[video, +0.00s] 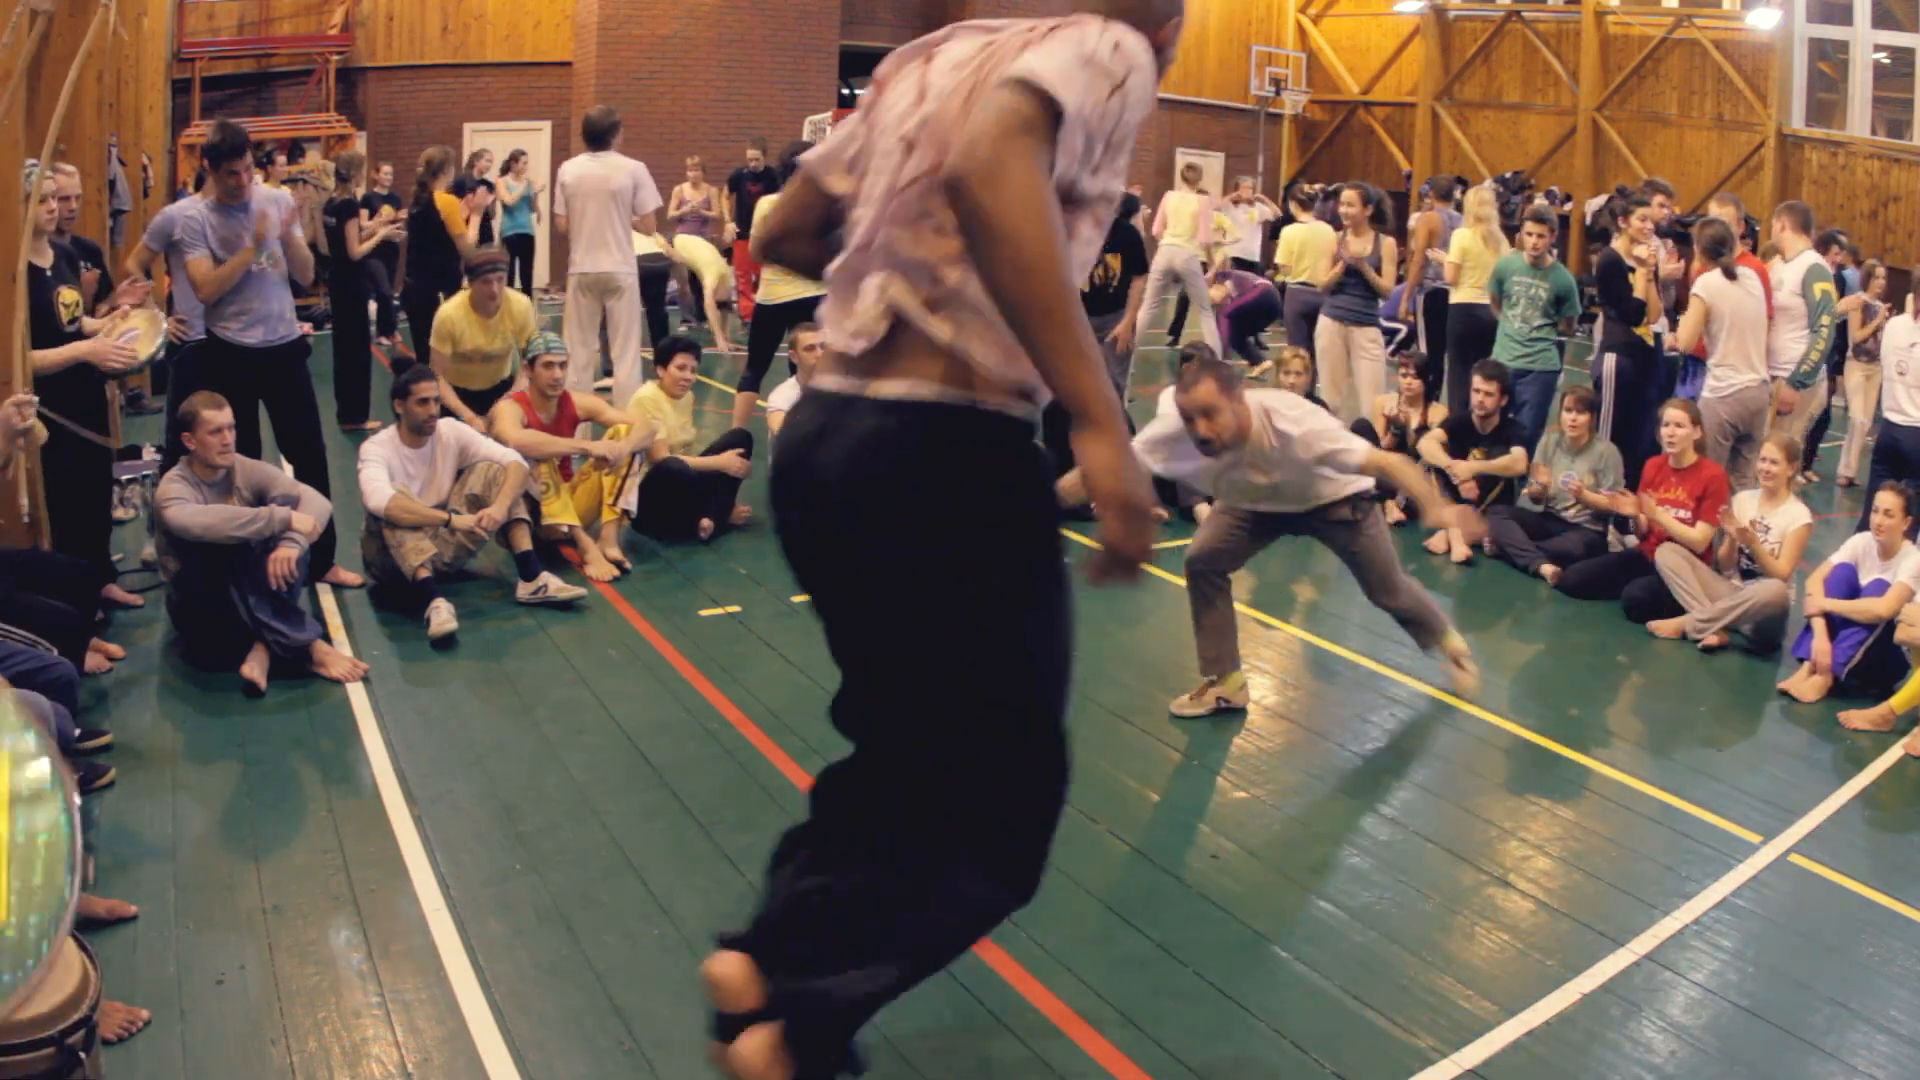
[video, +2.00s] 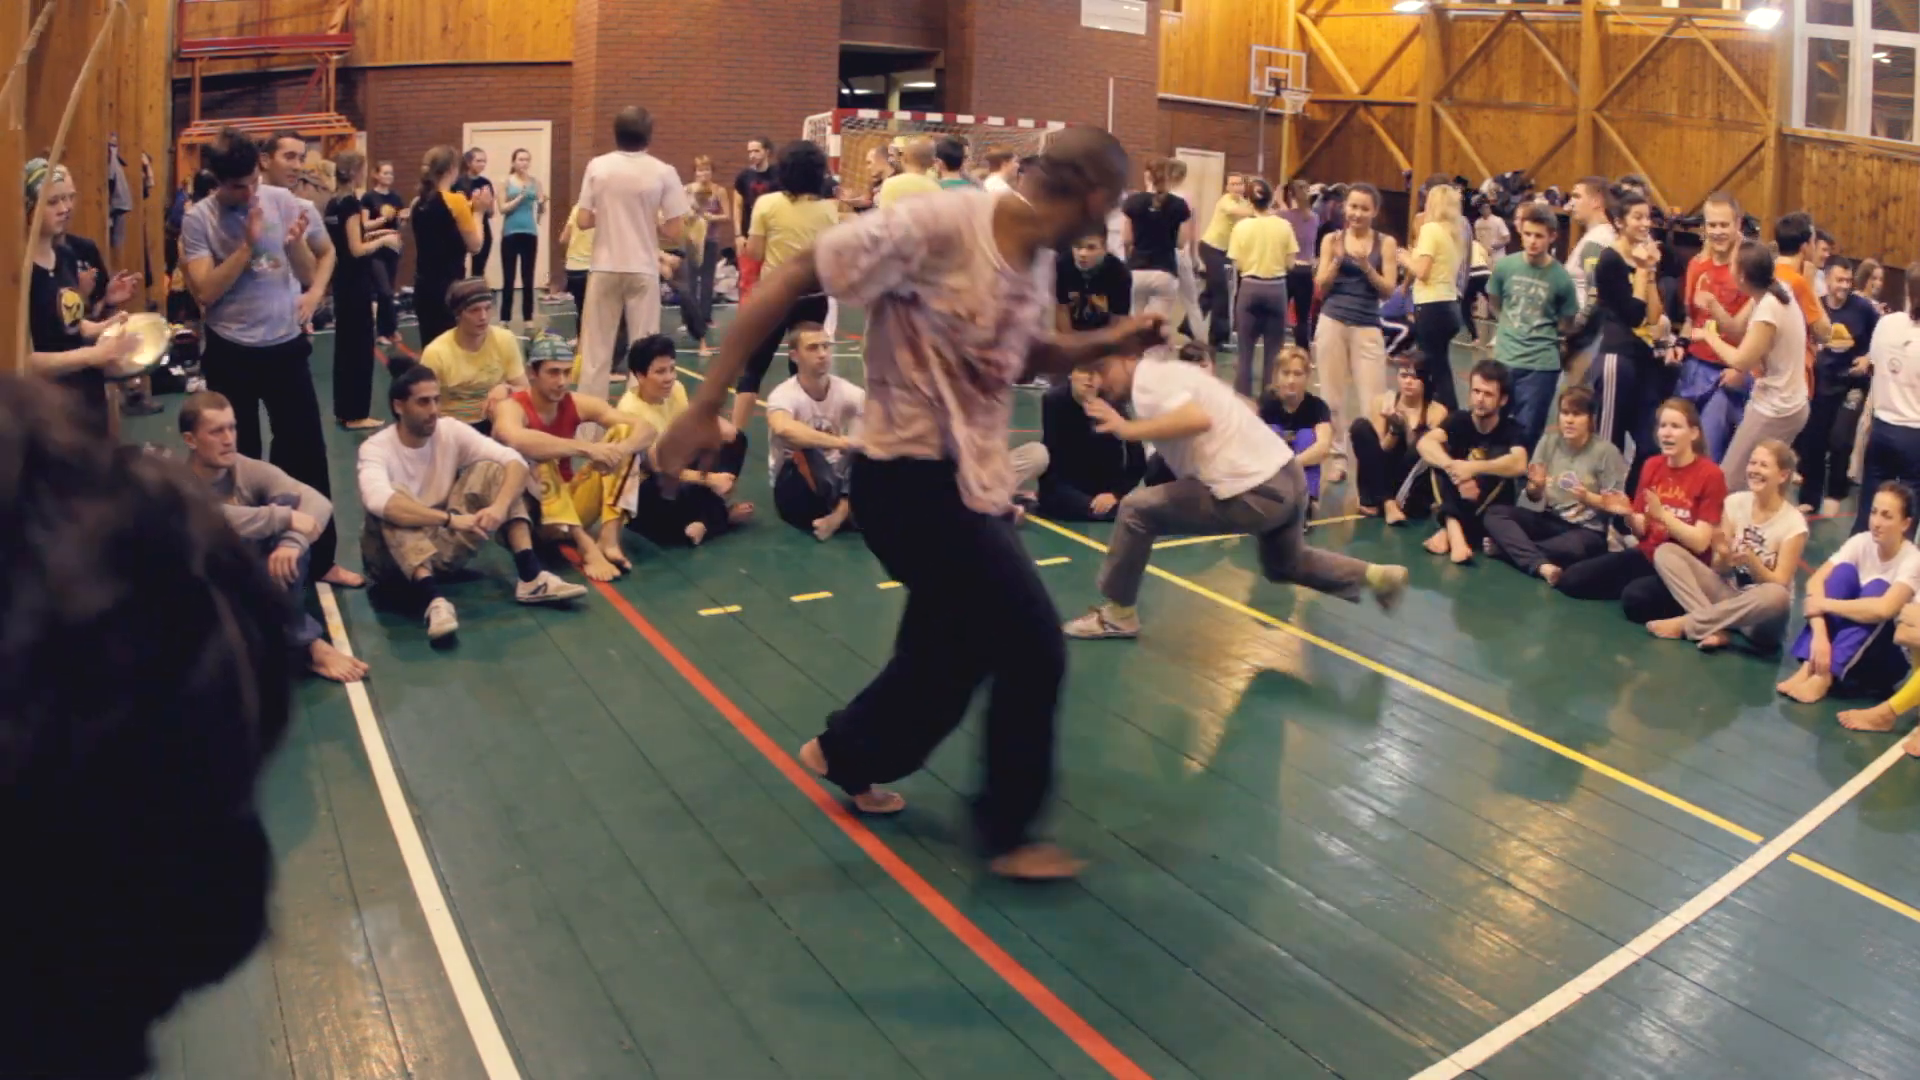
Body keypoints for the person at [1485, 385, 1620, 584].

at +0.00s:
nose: (1573, 418)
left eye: (1580, 412)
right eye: (1568, 411)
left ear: (1592, 417)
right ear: (1560, 414)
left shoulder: (1607, 452)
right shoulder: (1549, 441)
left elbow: (1613, 505)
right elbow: (1533, 497)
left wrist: (1583, 495)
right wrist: (1539, 489)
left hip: (1584, 528)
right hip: (1546, 518)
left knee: (1575, 548)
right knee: (1498, 513)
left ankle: (1509, 550)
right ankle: (1539, 566)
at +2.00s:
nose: (1569, 420)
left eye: (1577, 414)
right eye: (1564, 413)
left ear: (1590, 419)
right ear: (1558, 416)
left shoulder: (1606, 452)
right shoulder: (1548, 442)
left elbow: (1617, 505)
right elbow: (1532, 497)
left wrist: (1587, 497)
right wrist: (1535, 486)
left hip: (1584, 530)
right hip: (1546, 519)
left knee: (1574, 548)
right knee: (1494, 514)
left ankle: (1509, 550)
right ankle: (1539, 566)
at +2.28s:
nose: (1568, 419)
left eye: (1577, 413)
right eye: (1564, 412)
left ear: (1591, 419)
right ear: (1558, 414)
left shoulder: (1606, 452)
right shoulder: (1549, 441)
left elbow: (1614, 506)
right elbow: (1529, 489)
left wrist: (1580, 496)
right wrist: (1543, 488)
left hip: (1585, 530)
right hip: (1548, 520)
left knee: (1575, 548)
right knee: (1494, 514)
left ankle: (1510, 550)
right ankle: (1539, 566)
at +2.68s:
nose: (1569, 418)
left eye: (1577, 413)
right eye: (1565, 411)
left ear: (1591, 419)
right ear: (1559, 414)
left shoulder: (1606, 453)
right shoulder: (1550, 441)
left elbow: (1613, 506)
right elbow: (1531, 491)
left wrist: (1579, 494)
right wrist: (1546, 488)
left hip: (1585, 530)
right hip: (1548, 521)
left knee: (1573, 548)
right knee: (1494, 514)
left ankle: (1509, 550)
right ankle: (1539, 566)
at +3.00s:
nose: (1569, 419)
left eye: (1577, 414)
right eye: (1565, 412)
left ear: (1591, 420)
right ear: (1559, 414)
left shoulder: (1607, 452)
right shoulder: (1549, 441)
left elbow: (1618, 505)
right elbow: (1531, 495)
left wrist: (1591, 500)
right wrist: (1534, 486)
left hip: (1585, 529)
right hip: (1549, 518)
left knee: (1574, 548)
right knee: (1495, 512)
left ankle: (1513, 550)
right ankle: (1539, 566)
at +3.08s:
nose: (1570, 420)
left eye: (1578, 414)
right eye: (1566, 412)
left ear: (1592, 420)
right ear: (1559, 415)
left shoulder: (1606, 451)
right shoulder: (1550, 441)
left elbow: (1617, 505)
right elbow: (1533, 497)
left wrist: (1589, 499)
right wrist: (1536, 484)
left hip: (1585, 529)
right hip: (1549, 518)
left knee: (1574, 548)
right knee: (1497, 512)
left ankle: (1510, 553)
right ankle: (1539, 565)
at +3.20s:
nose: (1572, 419)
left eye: (1580, 414)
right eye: (1567, 412)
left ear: (1593, 419)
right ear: (1560, 415)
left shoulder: (1607, 452)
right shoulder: (1549, 441)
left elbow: (1609, 505)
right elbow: (1534, 489)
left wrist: (1574, 490)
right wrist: (1553, 491)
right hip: (1551, 516)